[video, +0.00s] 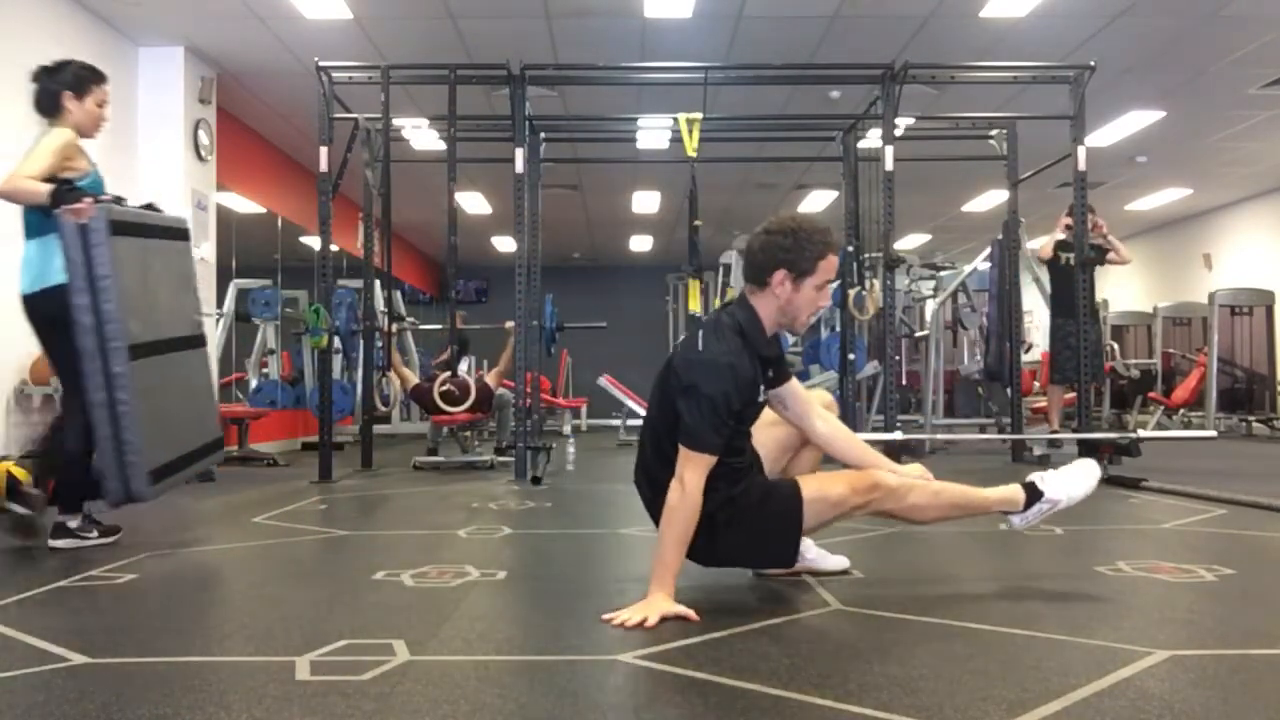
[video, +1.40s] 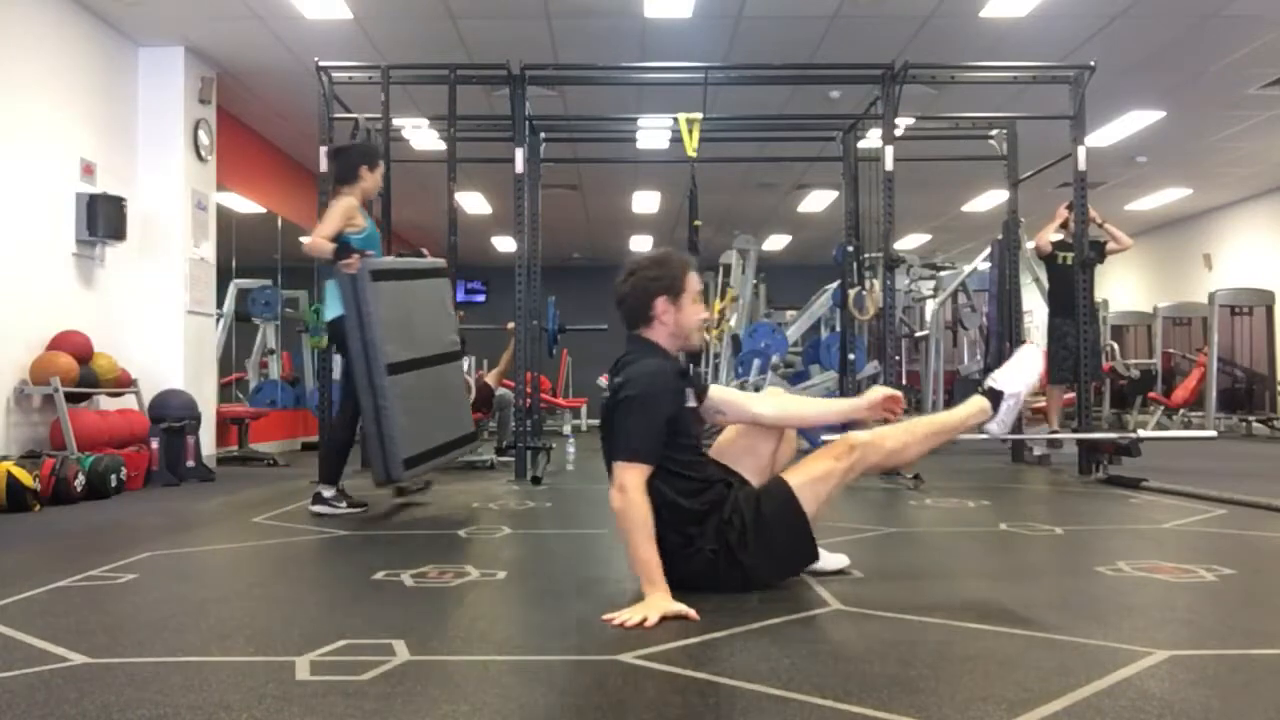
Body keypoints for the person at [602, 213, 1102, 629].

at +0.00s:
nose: (828, 301)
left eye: (830, 288)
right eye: (823, 288)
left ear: (781, 282)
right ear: (781, 284)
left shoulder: (754, 338)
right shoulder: (720, 358)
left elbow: (811, 423)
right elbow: (687, 483)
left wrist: (899, 475)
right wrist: (658, 591)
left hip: (724, 487)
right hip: (712, 519)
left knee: (815, 407)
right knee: (870, 485)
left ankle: (782, 541)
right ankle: (1023, 499)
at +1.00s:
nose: (771, 305)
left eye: (769, 293)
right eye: (764, 293)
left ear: (724, 295)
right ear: (733, 298)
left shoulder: (698, 354)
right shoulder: (713, 371)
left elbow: (795, 410)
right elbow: (688, 486)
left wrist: (893, 436)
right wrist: (659, 591)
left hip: (715, 528)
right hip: (732, 554)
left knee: (799, 416)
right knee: (879, 469)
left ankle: (793, 545)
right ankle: (1024, 440)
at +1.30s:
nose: (729, 313)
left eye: (727, 301)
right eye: (721, 301)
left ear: (682, 309)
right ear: (686, 308)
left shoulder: (675, 363)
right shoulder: (671, 371)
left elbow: (767, 411)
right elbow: (649, 484)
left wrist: (870, 416)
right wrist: (656, 592)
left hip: (700, 522)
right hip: (719, 552)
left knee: (780, 429)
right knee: (867, 455)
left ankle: (784, 548)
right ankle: (1004, 415)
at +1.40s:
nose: (707, 313)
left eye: (703, 301)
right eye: (696, 301)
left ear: (662, 312)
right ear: (661, 312)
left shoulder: (661, 369)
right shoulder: (649, 375)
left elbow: (759, 408)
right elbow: (626, 490)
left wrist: (857, 407)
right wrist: (654, 592)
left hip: (703, 524)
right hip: (716, 553)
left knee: (773, 418)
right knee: (850, 450)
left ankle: (786, 546)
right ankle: (988, 402)